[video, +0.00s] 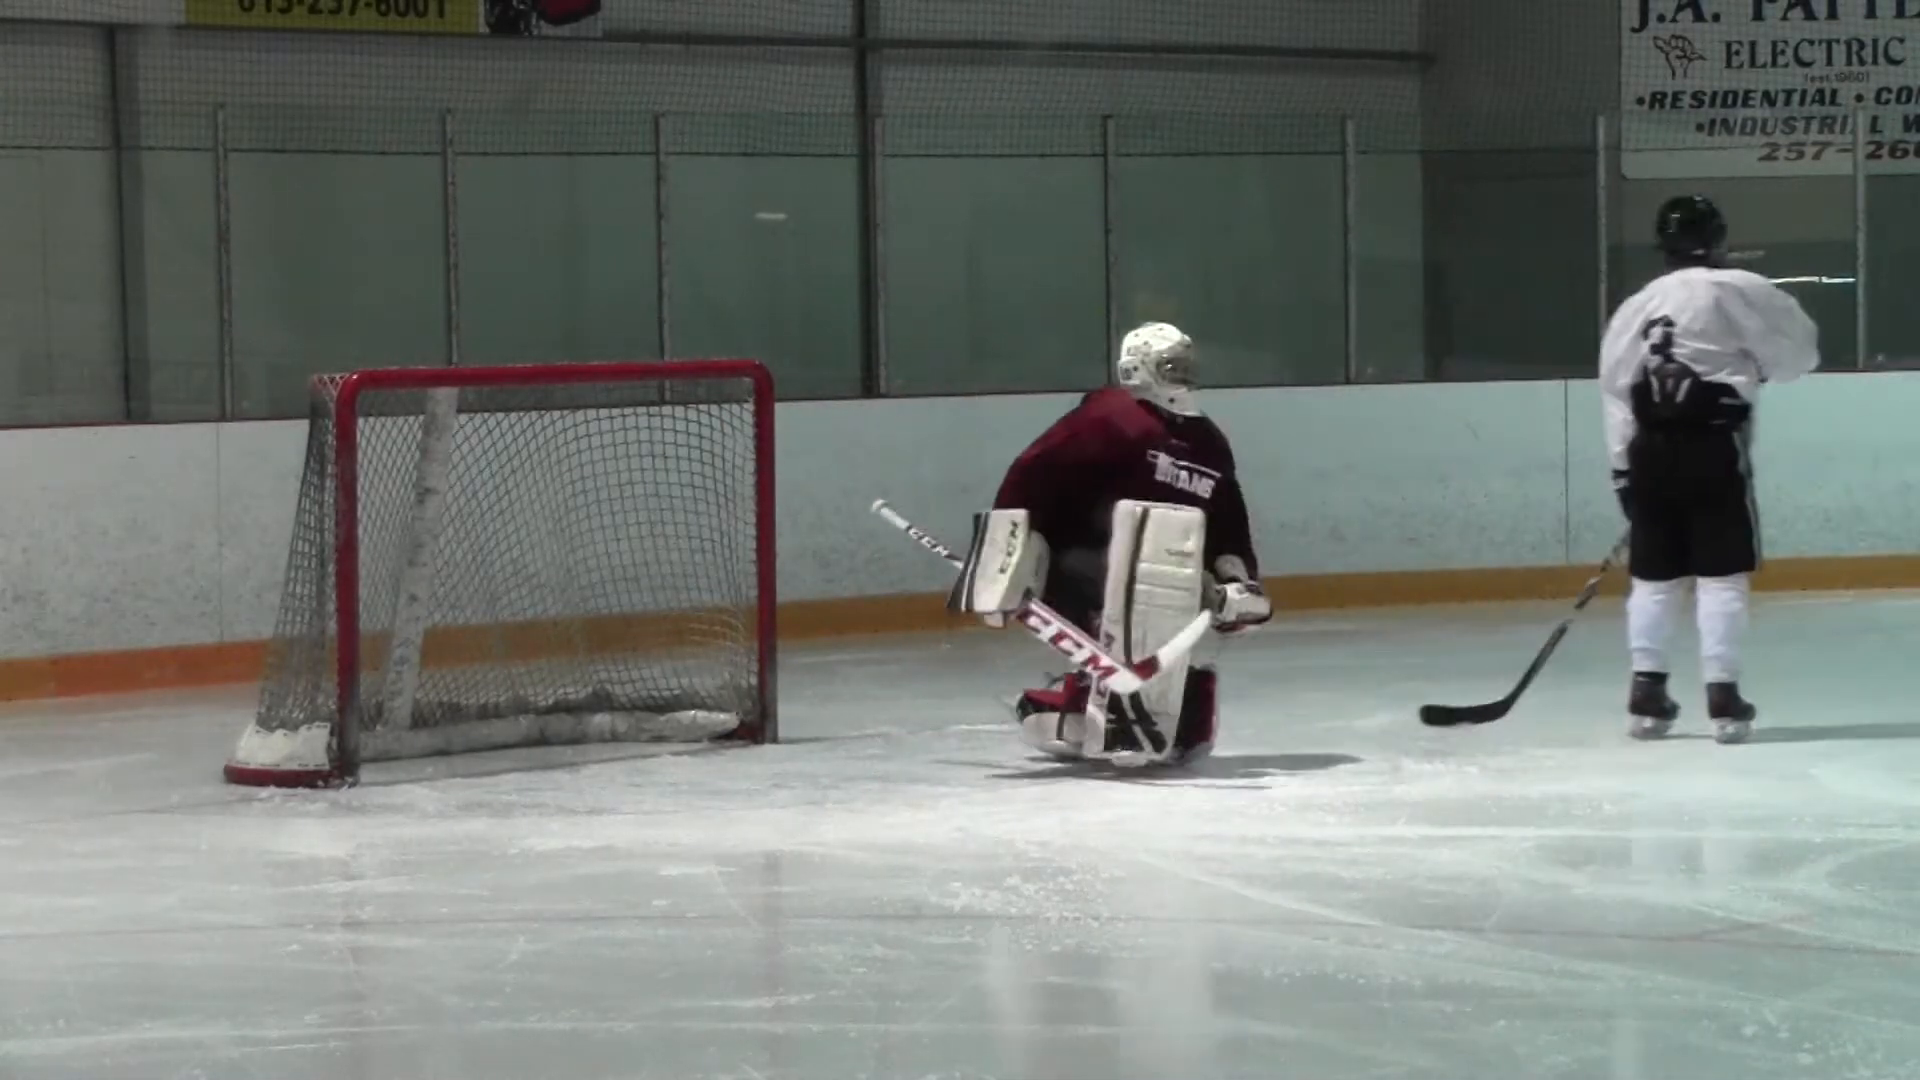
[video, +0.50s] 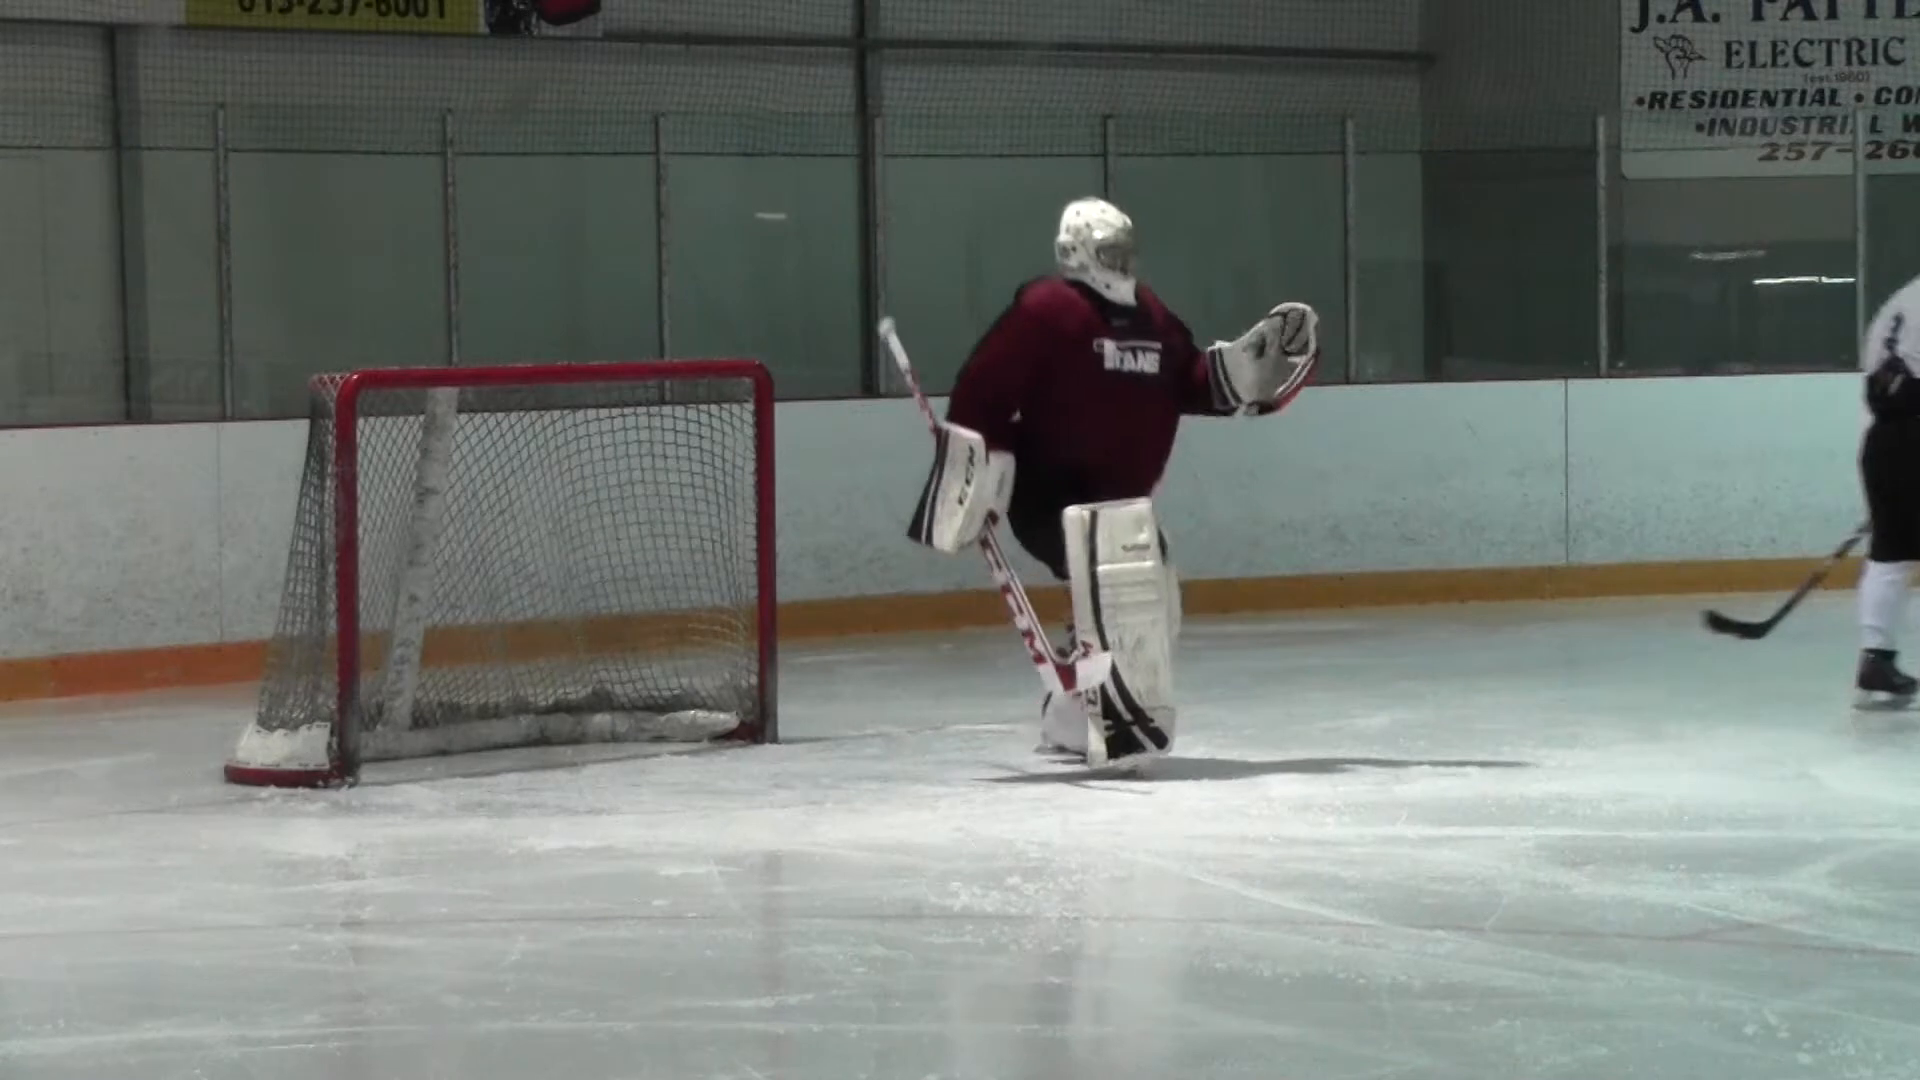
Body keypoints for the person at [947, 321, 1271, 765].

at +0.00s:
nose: (1183, 380)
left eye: (1187, 370)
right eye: (1171, 369)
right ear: (1139, 372)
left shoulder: (1207, 439)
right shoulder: (1110, 417)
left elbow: (1229, 522)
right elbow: (1028, 477)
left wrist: (1238, 582)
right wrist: (1003, 569)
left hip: (1160, 587)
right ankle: (1043, 716)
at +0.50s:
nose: (1119, 263)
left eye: (1122, 252)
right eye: (1110, 252)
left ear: (1073, 250)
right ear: (1089, 254)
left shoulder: (1151, 315)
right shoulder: (1046, 308)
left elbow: (1189, 381)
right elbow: (980, 392)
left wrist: (1256, 364)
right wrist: (969, 484)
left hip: (1122, 492)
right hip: (1047, 491)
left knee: (1143, 590)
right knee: (1114, 588)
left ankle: (1073, 717)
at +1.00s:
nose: (1086, 248)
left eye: (1092, 238)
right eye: (1078, 235)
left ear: (1094, 236)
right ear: (1048, 227)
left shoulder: (1077, 292)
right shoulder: (1008, 267)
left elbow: (1059, 391)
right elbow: (955, 355)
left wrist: (1099, 451)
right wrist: (969, 463)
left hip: (1066, 468)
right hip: (1012, 472)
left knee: (1123, 564)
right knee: (1027, 597)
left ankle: (1148, 696)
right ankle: (990, 725)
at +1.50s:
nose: (1065, 289)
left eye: (1077, 281)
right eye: (1062, 272)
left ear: (1082, 278)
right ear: (1041, 255)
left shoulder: (1050, 335)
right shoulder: (1000, 273)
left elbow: (1032, 425)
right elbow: (947, 335)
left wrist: (1054, 475)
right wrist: (973, 395)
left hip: (1012, 483)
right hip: (962, 475)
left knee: (1030, 595)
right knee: (974, 594)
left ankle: (995, 701)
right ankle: (942, 709)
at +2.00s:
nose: (1031, 289)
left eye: (1035, 280)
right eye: (1026, 277)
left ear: (1000, 269)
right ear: (1005, 271)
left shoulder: (984, 318)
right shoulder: (964, 301)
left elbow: (978, 415)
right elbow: (941, 386)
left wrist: (995, 496)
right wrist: (957, 478)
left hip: (913, 466)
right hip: (877, 460)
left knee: (947, 586)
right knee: (909, 586)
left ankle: (917, 700)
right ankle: (877, 713)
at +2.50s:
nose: (1027, 365)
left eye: (1032, 356)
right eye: (1028, 351)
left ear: (988, 324)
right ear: (1013, 338)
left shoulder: (963, 357)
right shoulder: (967, 361)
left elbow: (926, 452)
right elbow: (921, 439)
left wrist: (947, 535)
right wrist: (919, 529)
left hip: (853, 457)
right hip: (826, 450)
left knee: (887, 584)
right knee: (857, 586)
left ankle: (867, 700)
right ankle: (826, 708)